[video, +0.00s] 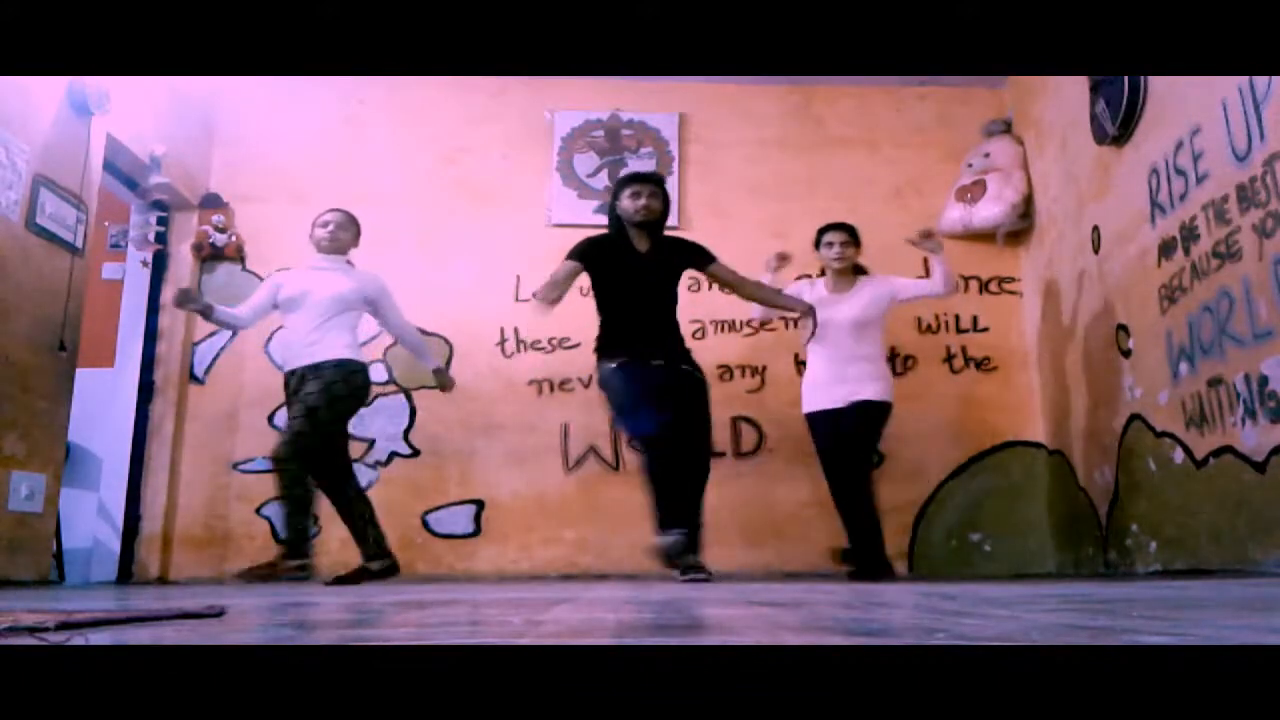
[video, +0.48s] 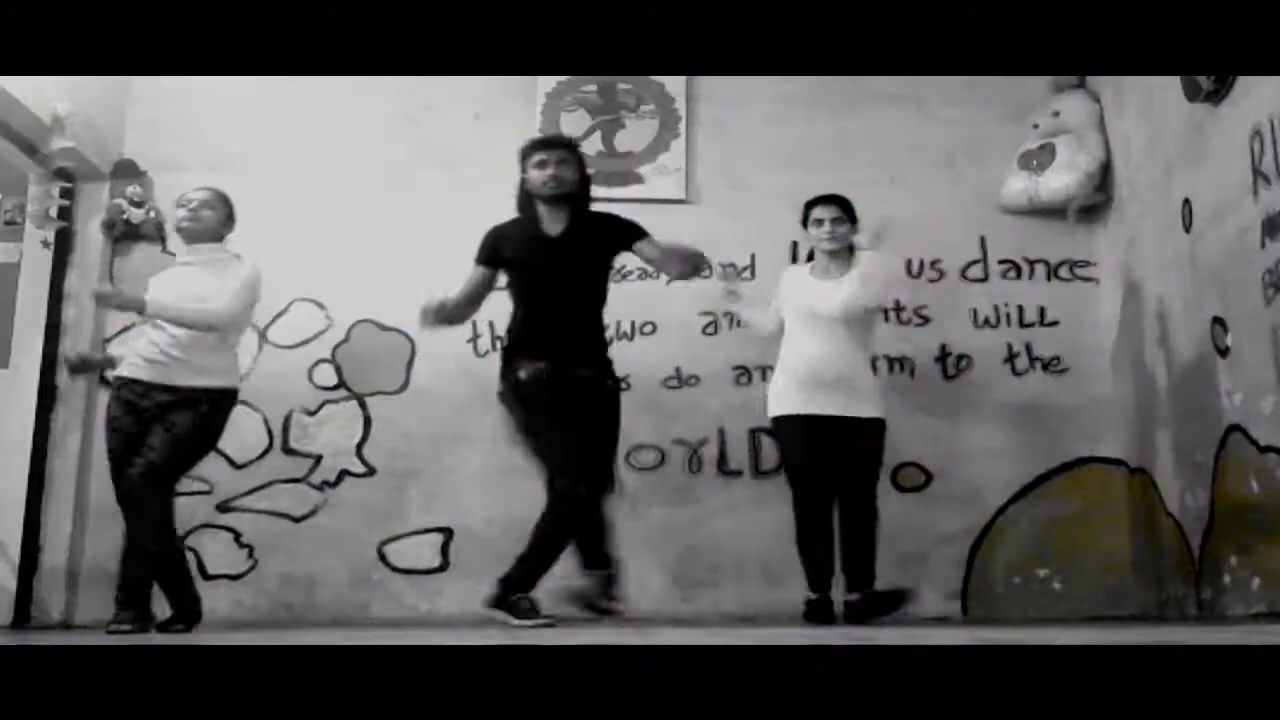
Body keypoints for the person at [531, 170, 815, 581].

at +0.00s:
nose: (644, 202)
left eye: (652, 196)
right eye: (633, 196)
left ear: (663, 207)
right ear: (616, 206)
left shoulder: (679, 249)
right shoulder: (596, 248)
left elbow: (739, 284)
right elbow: (560, 280)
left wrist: (798, 305)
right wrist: (547, 295)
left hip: (673, 361)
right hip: (624, 364)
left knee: (693, 448)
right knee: (658, 435)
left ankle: (687, 553)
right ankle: (671, 531)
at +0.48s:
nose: (551, 172)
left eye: (561, 165)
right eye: (540, 166)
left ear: (580, 175)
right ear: (524, 179)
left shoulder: (605, 228)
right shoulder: (505, 238)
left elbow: (666, 262)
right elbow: (469, 299)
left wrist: (690, 261)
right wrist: (446, 313)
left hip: (590, 370)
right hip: (529, 373)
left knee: (584, 483)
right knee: (571, 476)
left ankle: (514, 588)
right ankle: (602, 577)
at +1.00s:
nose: (470, 172)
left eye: (481, 165)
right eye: (460, 165)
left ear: (501, 177)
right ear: (448, 179)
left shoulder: (522, 220)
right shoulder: (441, 238)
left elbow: (544, 250)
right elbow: (441, 305)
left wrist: (476, 243)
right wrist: (393, 344)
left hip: (518, 371)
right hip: (457, 371)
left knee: (527, 475)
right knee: (472, 469)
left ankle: (466, 582)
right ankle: (478, 583)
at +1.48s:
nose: (432, 217)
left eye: (441, 209)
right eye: (423, 213)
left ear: (458, 217)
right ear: (415, 226)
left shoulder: (478, 251)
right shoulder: (423, 274)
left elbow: (532, 283)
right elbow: (410, 327)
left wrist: (557, 324)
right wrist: (375, 325)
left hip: (480, 362)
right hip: (448, 368)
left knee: (377, 407)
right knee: (422, 452)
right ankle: (443, 558)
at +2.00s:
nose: (383, 178)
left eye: (395, 172)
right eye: (374, 172)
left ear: (412, 187)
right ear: (358, 187)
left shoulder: (438, 230)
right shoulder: (342, 248)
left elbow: (512, 262)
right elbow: (302, 302)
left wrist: (513, 273)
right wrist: (341, 313)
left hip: (436, 359)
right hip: (384, 367)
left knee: (373, 432)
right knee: (358, 475)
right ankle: (398, 594)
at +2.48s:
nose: (463, 200)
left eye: (473, 194)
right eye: (454, 191)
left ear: (486, 207)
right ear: (435, 200)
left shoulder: (486, 273)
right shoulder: (404, 241)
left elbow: (512, 336)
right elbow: (316, 267)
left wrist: (556, 335)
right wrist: (359, 302)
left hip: (428, 388)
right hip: (369, 385)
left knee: (518, 453)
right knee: (400, 471)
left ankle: (491, 570)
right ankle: (336, 592)